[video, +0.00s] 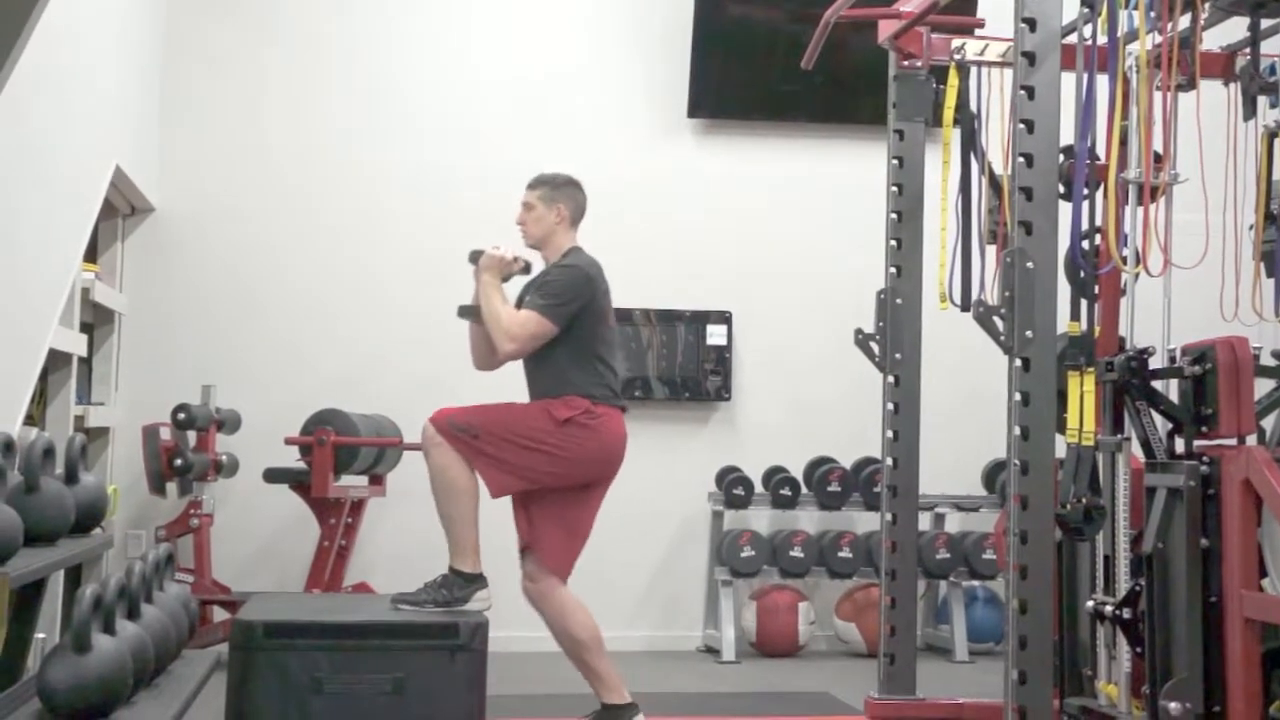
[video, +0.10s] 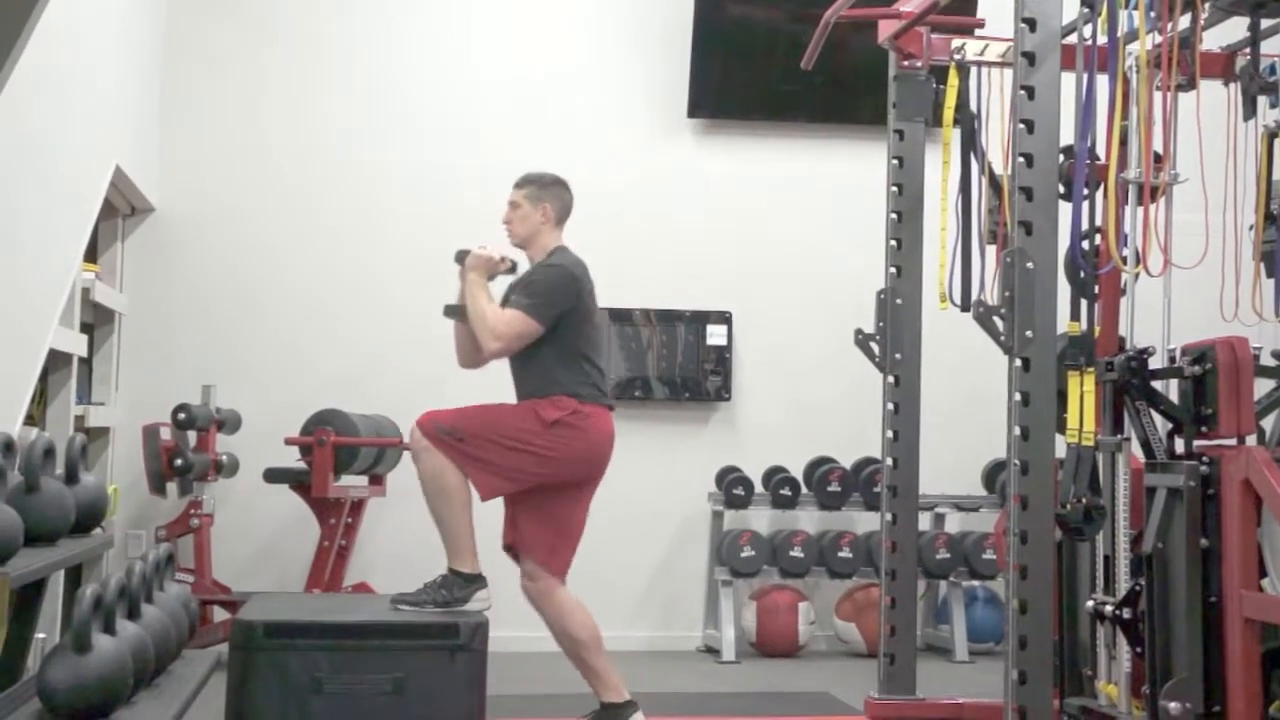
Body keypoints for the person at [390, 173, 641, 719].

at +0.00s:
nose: (518, 219)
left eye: (529, 209)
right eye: (521, 209)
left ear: (561, 215)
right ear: (558, 216)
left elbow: (511, 339)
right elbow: (487, 359)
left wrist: (489, 279)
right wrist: (486, 292)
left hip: (583, 423)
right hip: (584, 433)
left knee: (444, 429)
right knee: (540, 578)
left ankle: (464, 576)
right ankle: (618, 704)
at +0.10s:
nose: (505, 216)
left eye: (514, 206)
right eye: (507, 206)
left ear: (546, 213)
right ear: (540, 216)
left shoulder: (560, 271)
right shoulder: (537, 278)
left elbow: (495, 338)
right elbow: (470, 355)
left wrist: (476, 278)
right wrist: (467, 291)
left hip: (569, 422)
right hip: (575, 431)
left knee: (430, 435)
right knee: (539, 577)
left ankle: (463, 576)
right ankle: (616, 702)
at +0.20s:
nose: (486, 186)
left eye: (496, 177)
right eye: (488, 177)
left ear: (527, 183)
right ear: (522, 183)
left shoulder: (540, 244)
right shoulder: (517, 249)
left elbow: (473, 306)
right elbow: (446, 321)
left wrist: (456, 244)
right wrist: (454, 255)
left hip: (550, 393)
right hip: (568, 399)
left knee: (419, 441)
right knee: (555, 550)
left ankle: (462, 579)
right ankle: (605, 684)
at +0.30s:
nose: (470, 143)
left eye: (479, 134)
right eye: (472, 134)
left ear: (511, 139)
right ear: (508, 140)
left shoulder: (523, 198)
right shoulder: (505, 204)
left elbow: (455, 256)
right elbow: (430, 278)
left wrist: (440, 195)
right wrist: (433, 212)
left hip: (536, 352)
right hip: (558, 356)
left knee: (420, 438)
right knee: (520, 509)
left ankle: (463, 577)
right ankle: (575, 642)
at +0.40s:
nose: (462, 106)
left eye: (471, 96)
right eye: (464, 96)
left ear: (503, 100)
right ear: (501, 101)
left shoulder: (515, 159)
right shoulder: (498, 165)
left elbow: (444, 221)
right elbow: (425, 242)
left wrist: (431, 158)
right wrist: (426, 178)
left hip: (526, 317)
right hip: (520, 319)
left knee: (431, 437)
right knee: (460, 459)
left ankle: (463, 578)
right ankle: (543, 566)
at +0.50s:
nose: (458, 75)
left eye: (467, 65)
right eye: (460, 65)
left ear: (499, 69)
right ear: (494, 71)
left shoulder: (510, 128)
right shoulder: (490, 136)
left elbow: (441, 194)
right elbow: (425, 215)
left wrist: (430, 129)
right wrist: (426, 150)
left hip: (519, 294)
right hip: (492, 293)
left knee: (448, 430)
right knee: (403, 388)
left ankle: (466, 578)